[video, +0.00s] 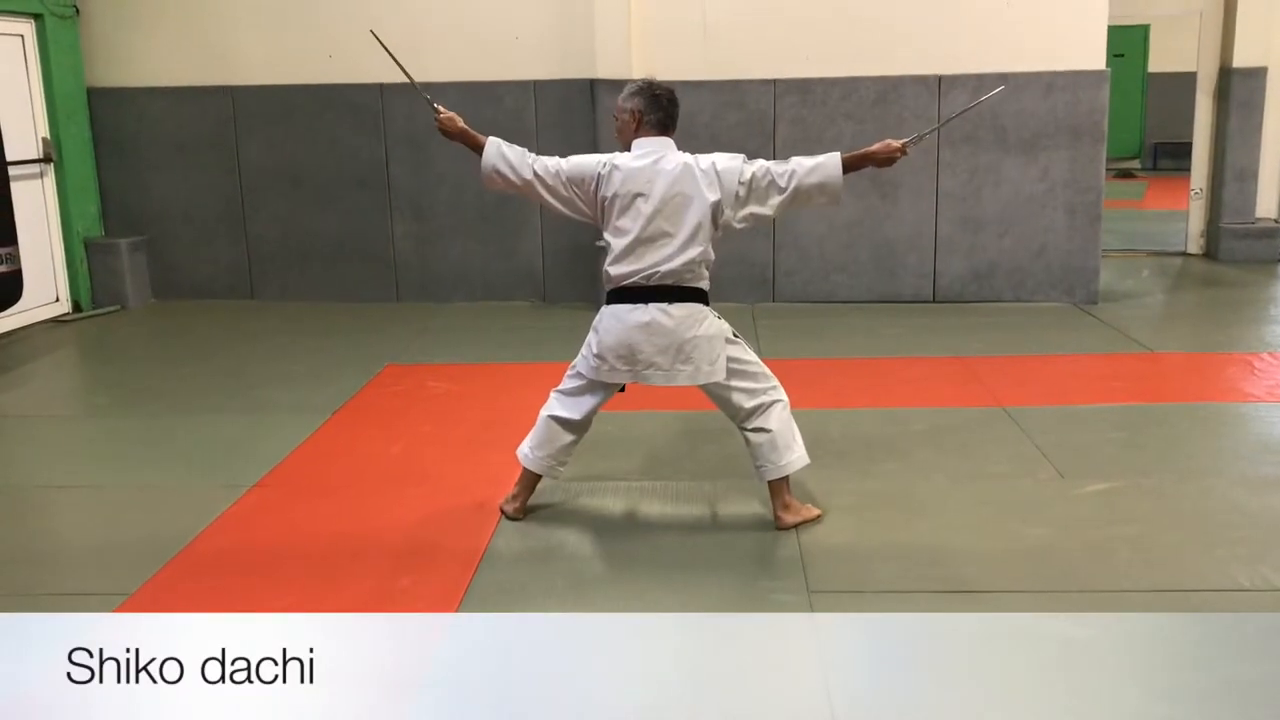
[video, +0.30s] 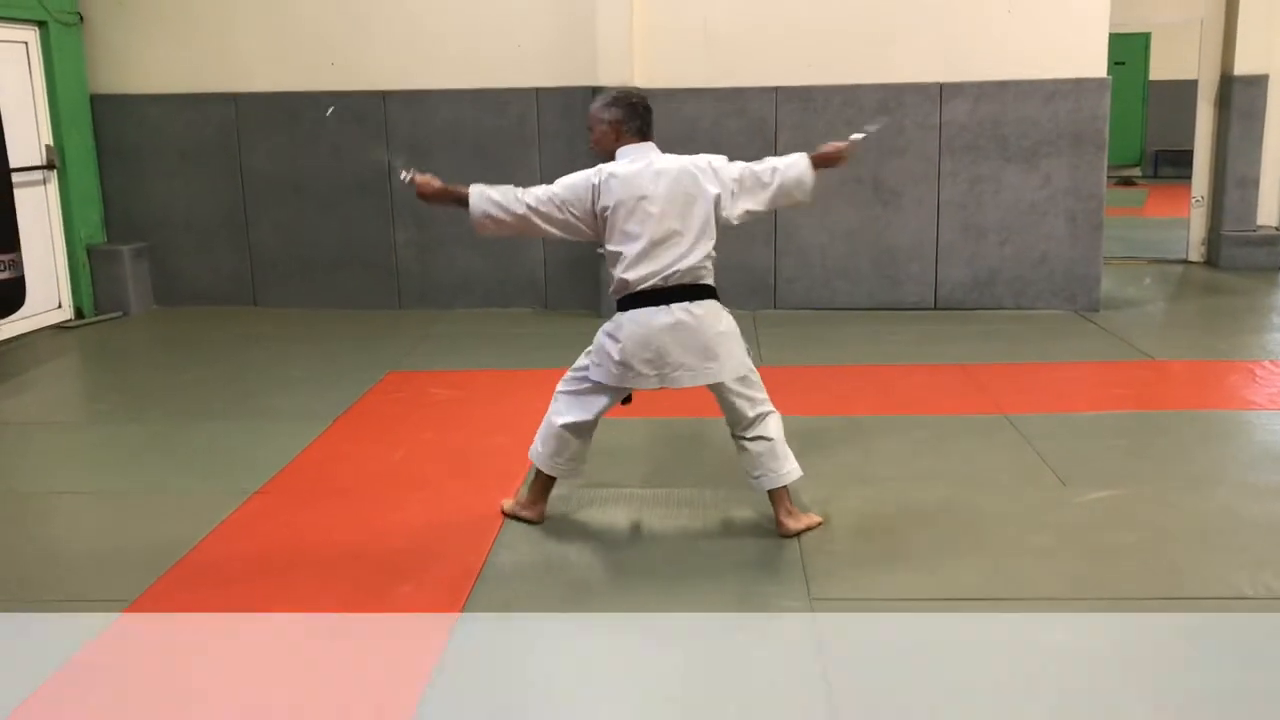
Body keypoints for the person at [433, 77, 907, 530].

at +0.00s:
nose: (614, 129)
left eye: (618, 120)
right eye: (617, 120)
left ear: (637, 122)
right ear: (669, 123)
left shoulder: (609, 170)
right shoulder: (712, 169)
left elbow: (534, 168)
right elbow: (787, 175)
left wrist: (469, 137)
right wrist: (863, 157)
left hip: (620, 320)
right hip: (690, 321)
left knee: (572, 399)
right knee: (761, 398)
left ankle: (517, 497)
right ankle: (786, 506)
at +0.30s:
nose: (591, 138)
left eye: (595, 128)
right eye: (591, 128)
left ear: (620, 130)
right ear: (644, 129)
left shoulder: (601, 181)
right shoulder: (701, 169)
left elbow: (526, 203)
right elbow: (763, 175)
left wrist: (450, 193)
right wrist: (817, 160)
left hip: (636, 323)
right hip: (704, 317)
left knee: (575, 397)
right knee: (752, 409)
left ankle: (532, 500)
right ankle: (787, 510)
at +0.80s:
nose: (479, 113)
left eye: (485, 104)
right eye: (478, 104)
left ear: (513, 105)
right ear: (516, 105)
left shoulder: (545, 162)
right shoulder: (537, 155)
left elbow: (530, 233)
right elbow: (485, 212)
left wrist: (496, 284)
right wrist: (418, 246)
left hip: (566, 303)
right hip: (559, 299)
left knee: (519, 407)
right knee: (533, 401)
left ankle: (546, 508)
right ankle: (552, 496)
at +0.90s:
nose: (471, 113)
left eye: (478, 103)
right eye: (470, 103)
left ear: (507, 103)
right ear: (505, 104)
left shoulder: (555, 161)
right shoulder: (502, 165)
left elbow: (565, 231)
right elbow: (461, 220)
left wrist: (543, 285)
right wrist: (411, 267)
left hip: (561, 308)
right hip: (526, 304)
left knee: (520, 410)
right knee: (498, 404)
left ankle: (543, 506)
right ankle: (523, 498)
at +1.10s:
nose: (462, 115)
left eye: (469, 106)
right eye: (461, 105)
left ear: (502, 105)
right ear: (492, 105)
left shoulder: (563, 158)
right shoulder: (472, 164)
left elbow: (612, 215)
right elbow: (471, 235)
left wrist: (629, 271)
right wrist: (496, 279)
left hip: (553, 312)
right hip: (497, 308)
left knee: (538, 414)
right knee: (501, 412)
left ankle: (540, 505)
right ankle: (527, 497)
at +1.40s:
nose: (471, 116)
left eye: (481, 107)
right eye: (469, 106)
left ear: (515, 106)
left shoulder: (570, 157)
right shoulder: (471, 158)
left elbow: (622, 214)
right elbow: (488, 230)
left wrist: (655, 266)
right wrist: (548, 268)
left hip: (552, 305)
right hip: (489, 304)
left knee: (556, 408)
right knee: (481, 406)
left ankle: (559, 503)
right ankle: (517, 474)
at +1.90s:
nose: (411, 152)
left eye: (421, 143)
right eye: (411, 141)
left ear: (454, 145)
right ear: (443, 145)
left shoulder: (509, 191)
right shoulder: (421, 185)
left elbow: (562, 253)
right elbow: (413, 253)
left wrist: (566, 310)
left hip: (509, 326)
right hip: (453, 326)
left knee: (521, 427)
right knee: (402, 393)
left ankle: (576, 499)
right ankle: (383, 478)